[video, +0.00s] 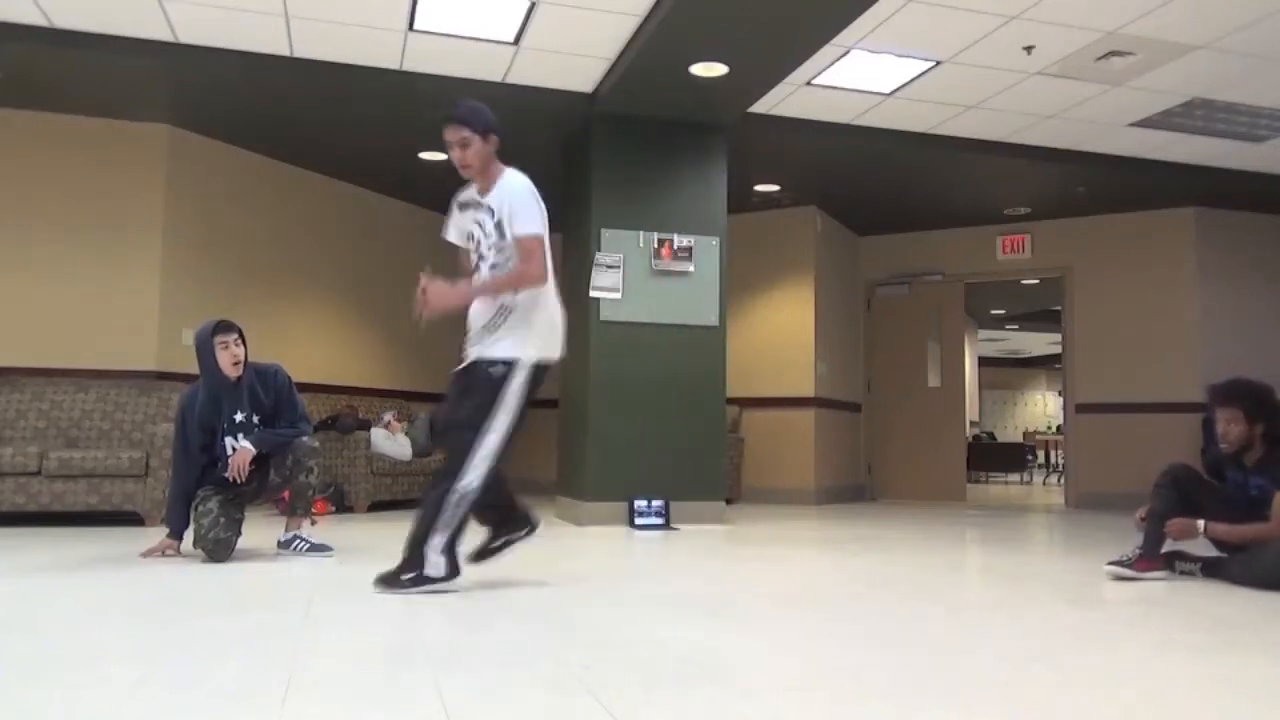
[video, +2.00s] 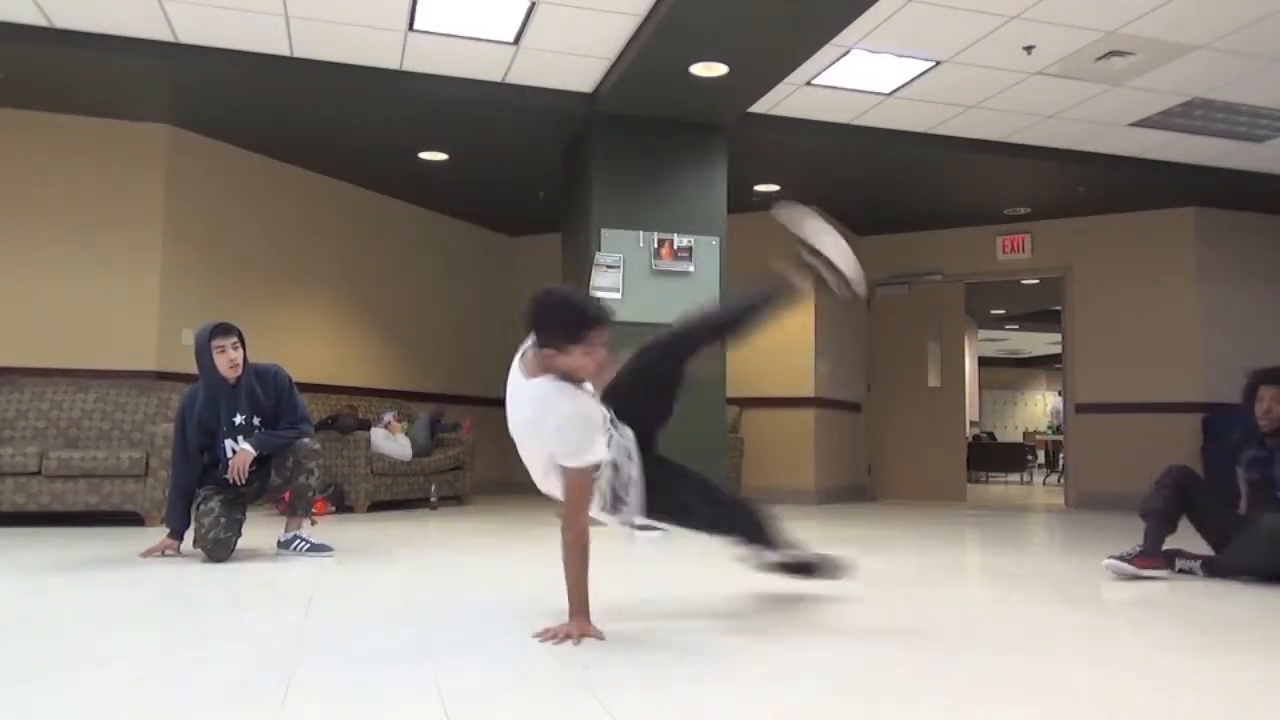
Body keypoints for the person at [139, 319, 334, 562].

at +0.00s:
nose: (235, 352)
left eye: (238, 344)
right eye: (224, 347)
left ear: (245, 347)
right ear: (207, 356)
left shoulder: (272, 378)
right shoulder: (194, 402)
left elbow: (301, 427)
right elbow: (184, 470)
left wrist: (253, 444)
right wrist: (174, 534)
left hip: (263, 475)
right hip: (217, 488)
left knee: (306, 450)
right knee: (216, 549)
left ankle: (292, 534)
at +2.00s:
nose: (232, 356)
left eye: (236, 348)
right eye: (221, 351)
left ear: (244, 350)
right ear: (206, 359)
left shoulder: (272, 379)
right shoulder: (194, 402)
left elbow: (302, 428)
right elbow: (184, 470)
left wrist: (253, 445)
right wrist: (174, 535)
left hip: (264, 476)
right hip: (219, 489)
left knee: (307, 449)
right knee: (215, 549)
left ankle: (292, 534)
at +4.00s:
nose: (230, 358)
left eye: (234, 349)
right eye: (219, 353)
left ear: (243, 352)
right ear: (205, 360)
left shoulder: (273, 380)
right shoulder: (194, 404)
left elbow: (304, 429)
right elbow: (184, 471)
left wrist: (254, 447)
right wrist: (175, 535)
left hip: (265, 476)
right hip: (219, 488)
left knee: (308, 449)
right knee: (215, 549)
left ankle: (292, 534)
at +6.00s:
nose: (231, 358)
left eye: (234, 349)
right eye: (220, 352)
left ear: (243, 351)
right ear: (205, 360)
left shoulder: (272, 380)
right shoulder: (194, 403)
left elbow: (304, 430)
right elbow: (184, 470)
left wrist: (256, 445)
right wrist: (174, 535)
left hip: (267, 476)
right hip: (221, 488)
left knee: (308, 450)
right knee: (215, 549)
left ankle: (292, 534)